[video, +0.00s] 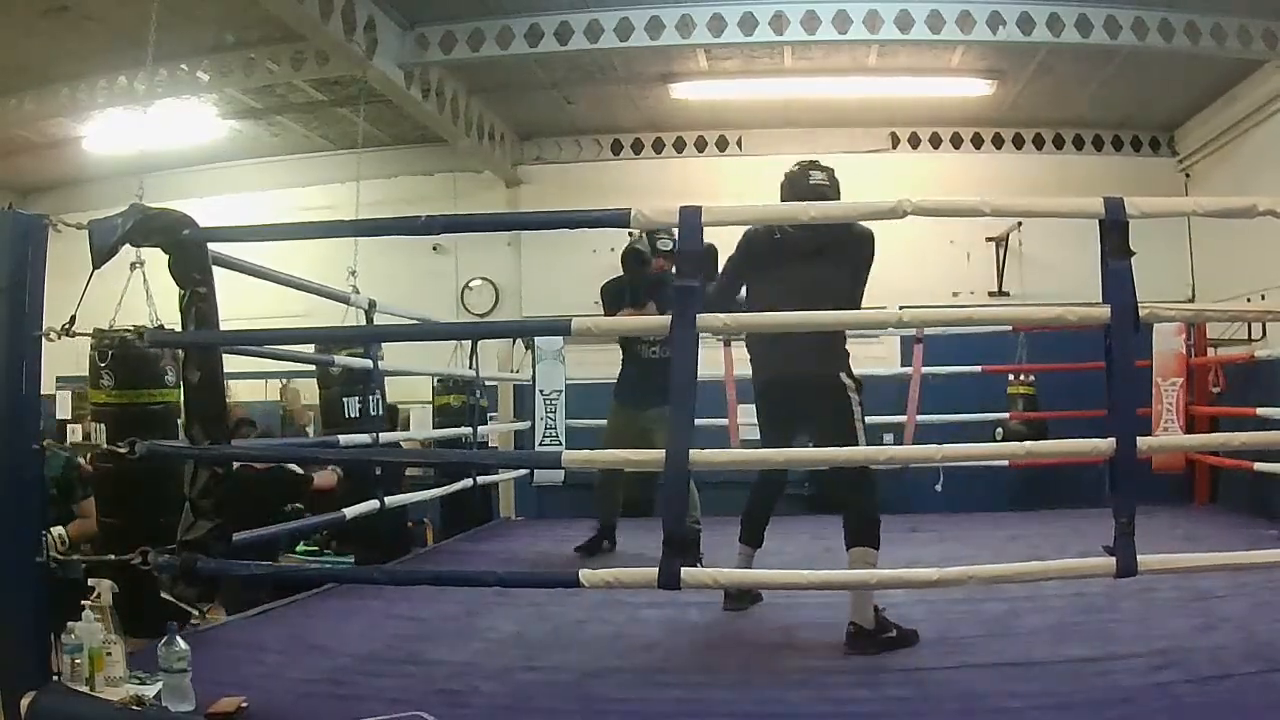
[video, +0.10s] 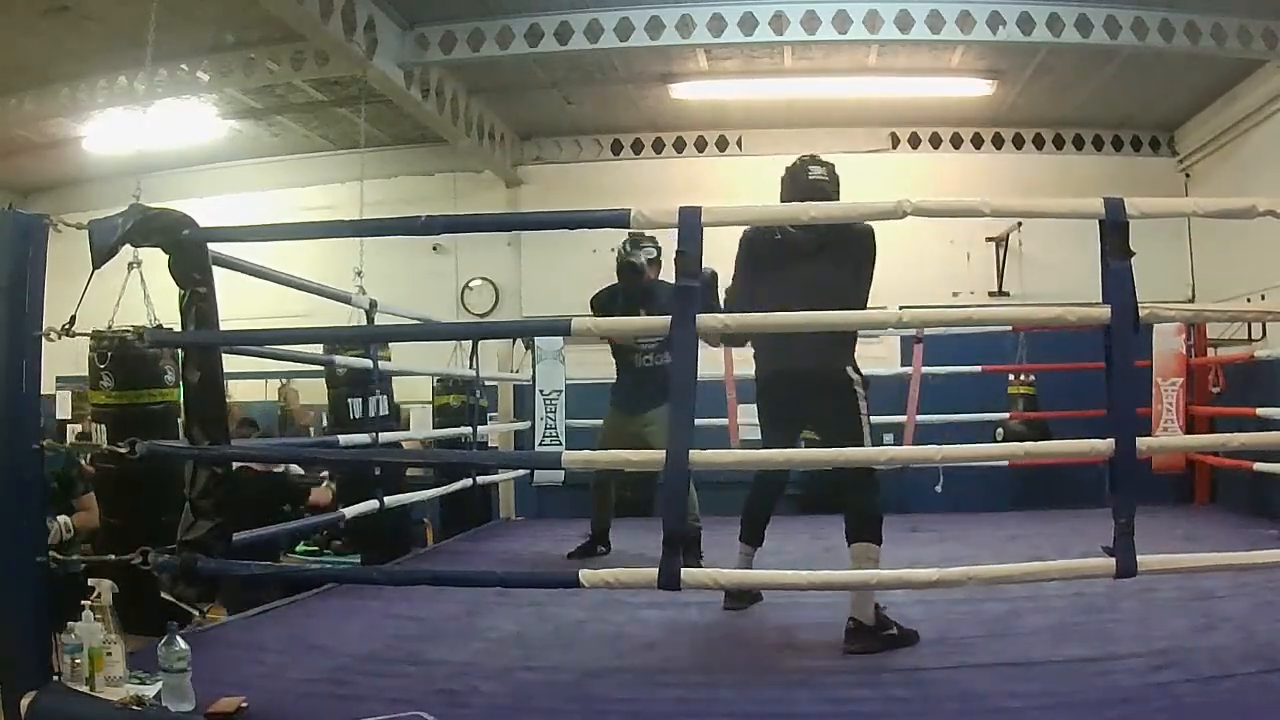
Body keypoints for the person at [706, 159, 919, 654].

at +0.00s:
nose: (825, 205)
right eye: (829, 194)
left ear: (784, 198)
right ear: (836, 198)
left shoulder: (758, 237)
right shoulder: (857, 239)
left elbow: (721, 296)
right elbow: (845, 308)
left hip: (771, 379)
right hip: (827, 377)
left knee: (770, 471)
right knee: (859, 485)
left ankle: (738, 581)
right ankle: (864, 620)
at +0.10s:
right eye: (830, 189)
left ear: (784, 194)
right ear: (837, 192)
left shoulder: (757, 237)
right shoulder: (857, 236)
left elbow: (735, 311)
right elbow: (852, 309)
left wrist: (754, 336)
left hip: (774, 378)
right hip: (832, 379)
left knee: (770, 471)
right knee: (862, 485)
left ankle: (738, 579)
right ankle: (864, 616)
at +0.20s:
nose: (758, 203)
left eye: (761, 195)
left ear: (767, 195)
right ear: (817, 189)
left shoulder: (754, 236)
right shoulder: (852, 227)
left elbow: (735, 311)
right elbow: (857, 304)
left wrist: (717, 281)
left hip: (786, 381)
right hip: (846, 379)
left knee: (767, 476)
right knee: (867, 489)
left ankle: (739, 581)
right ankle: (865, 616)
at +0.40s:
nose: (766, 211)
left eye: (755, 204)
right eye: (785, 190)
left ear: (746, 206)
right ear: (798, 194)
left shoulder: (741, 248)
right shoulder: (836, 227)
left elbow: (738, 326)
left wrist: (717, 251)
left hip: (796, 380)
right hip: (856, 375)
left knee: (777, 475)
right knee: (884, 475)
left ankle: (739, 579)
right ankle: (880, 604)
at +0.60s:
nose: (819, 220)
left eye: (798, 210)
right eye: (826, 209)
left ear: (785, 213)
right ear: (836, 213)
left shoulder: (762, 259)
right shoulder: (862, 257)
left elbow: (725, 319)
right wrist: (820, 226)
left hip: (787, 405)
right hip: (844, 401)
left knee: (790, 481)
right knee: (898, 495)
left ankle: (734, 572)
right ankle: (915, 615)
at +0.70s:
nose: (853, 223)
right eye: (849, 214)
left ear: (801, 219)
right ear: (849, 220)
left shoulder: (767, 261)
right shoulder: (861, 266)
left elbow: (707, 300)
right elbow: (858, 336)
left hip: (774, 401)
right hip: (829, 402)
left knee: (796, 484)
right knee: (916, 489)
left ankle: (734, 578)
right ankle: (914, 610)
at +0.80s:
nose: (819, 214)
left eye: (818, 205)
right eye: (828, 202)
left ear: (806, 211)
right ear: (856, 212)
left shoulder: (781, 253)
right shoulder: (874, 261)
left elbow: (732, 293)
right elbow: (863, 330)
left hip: (778, 396)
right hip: (835, 399)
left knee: (791, 480)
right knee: (907, 504)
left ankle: (733, 573)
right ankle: (918, 628)